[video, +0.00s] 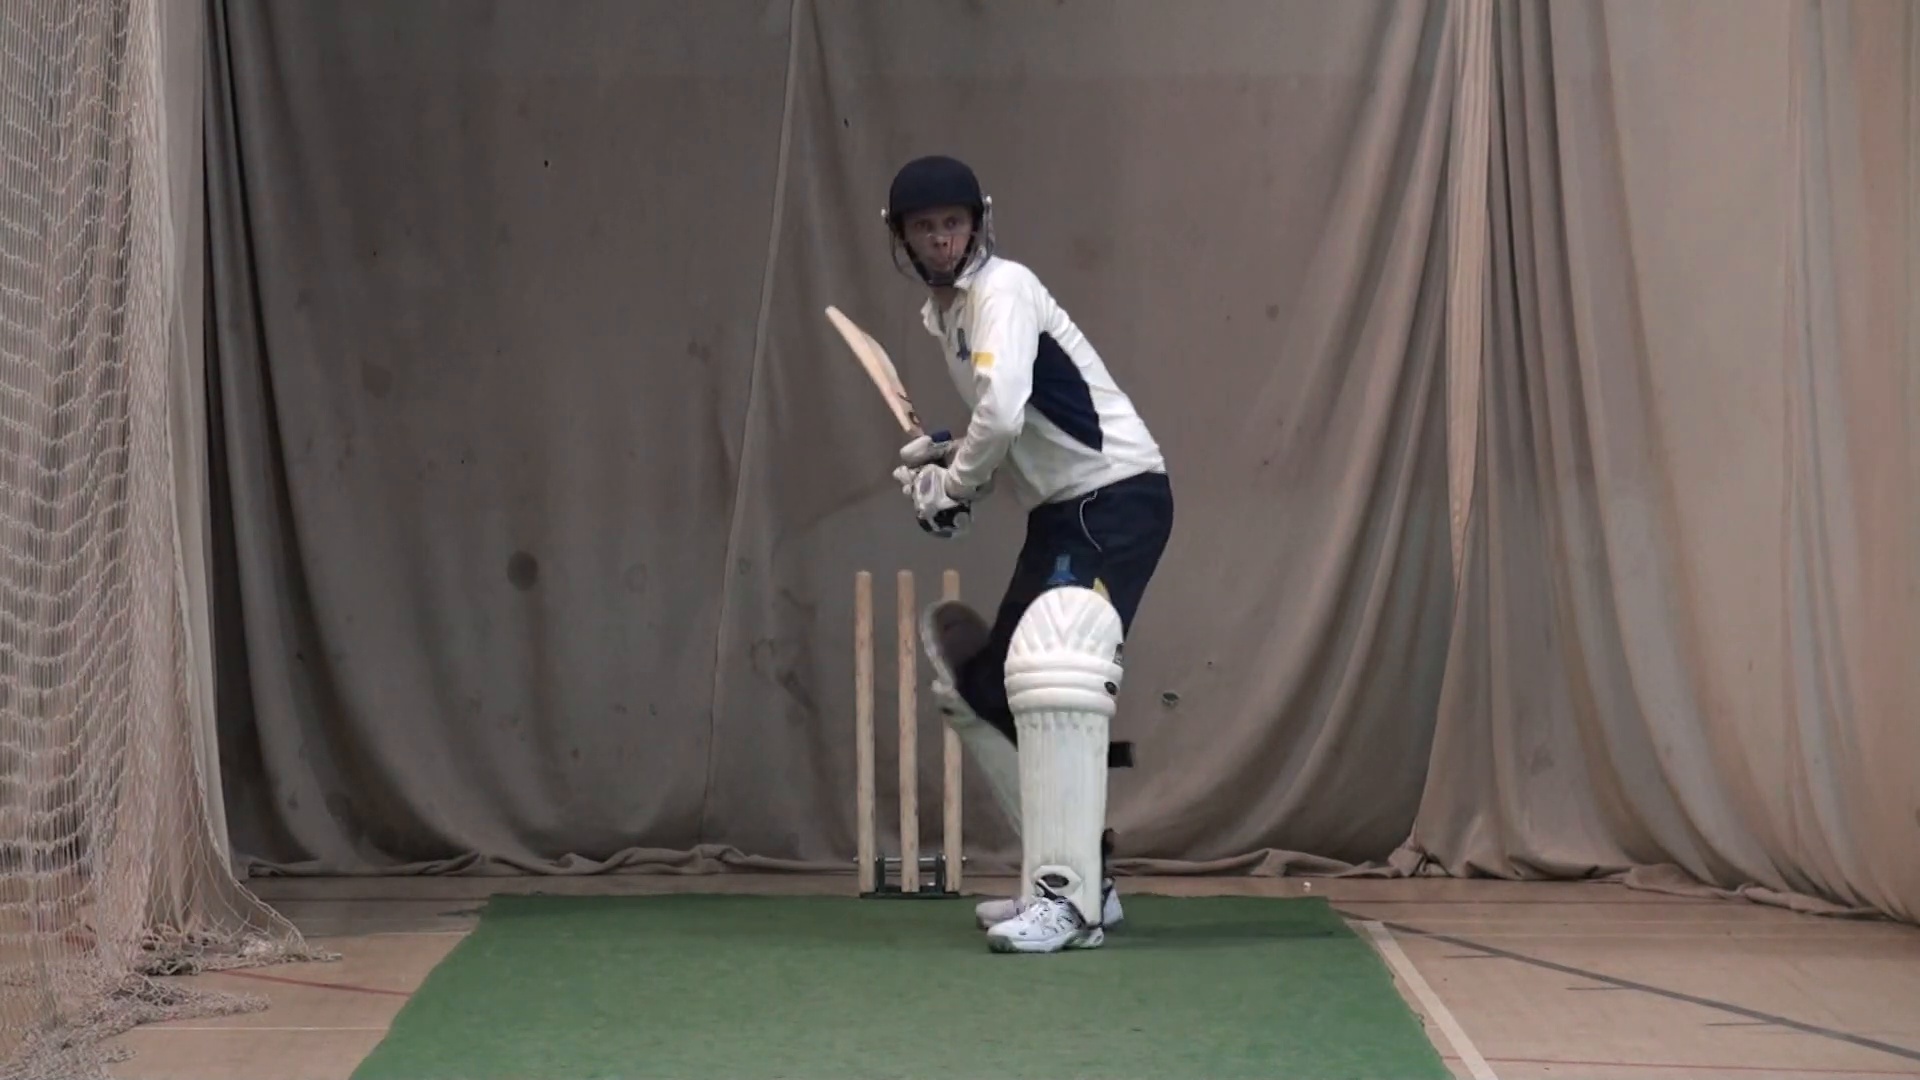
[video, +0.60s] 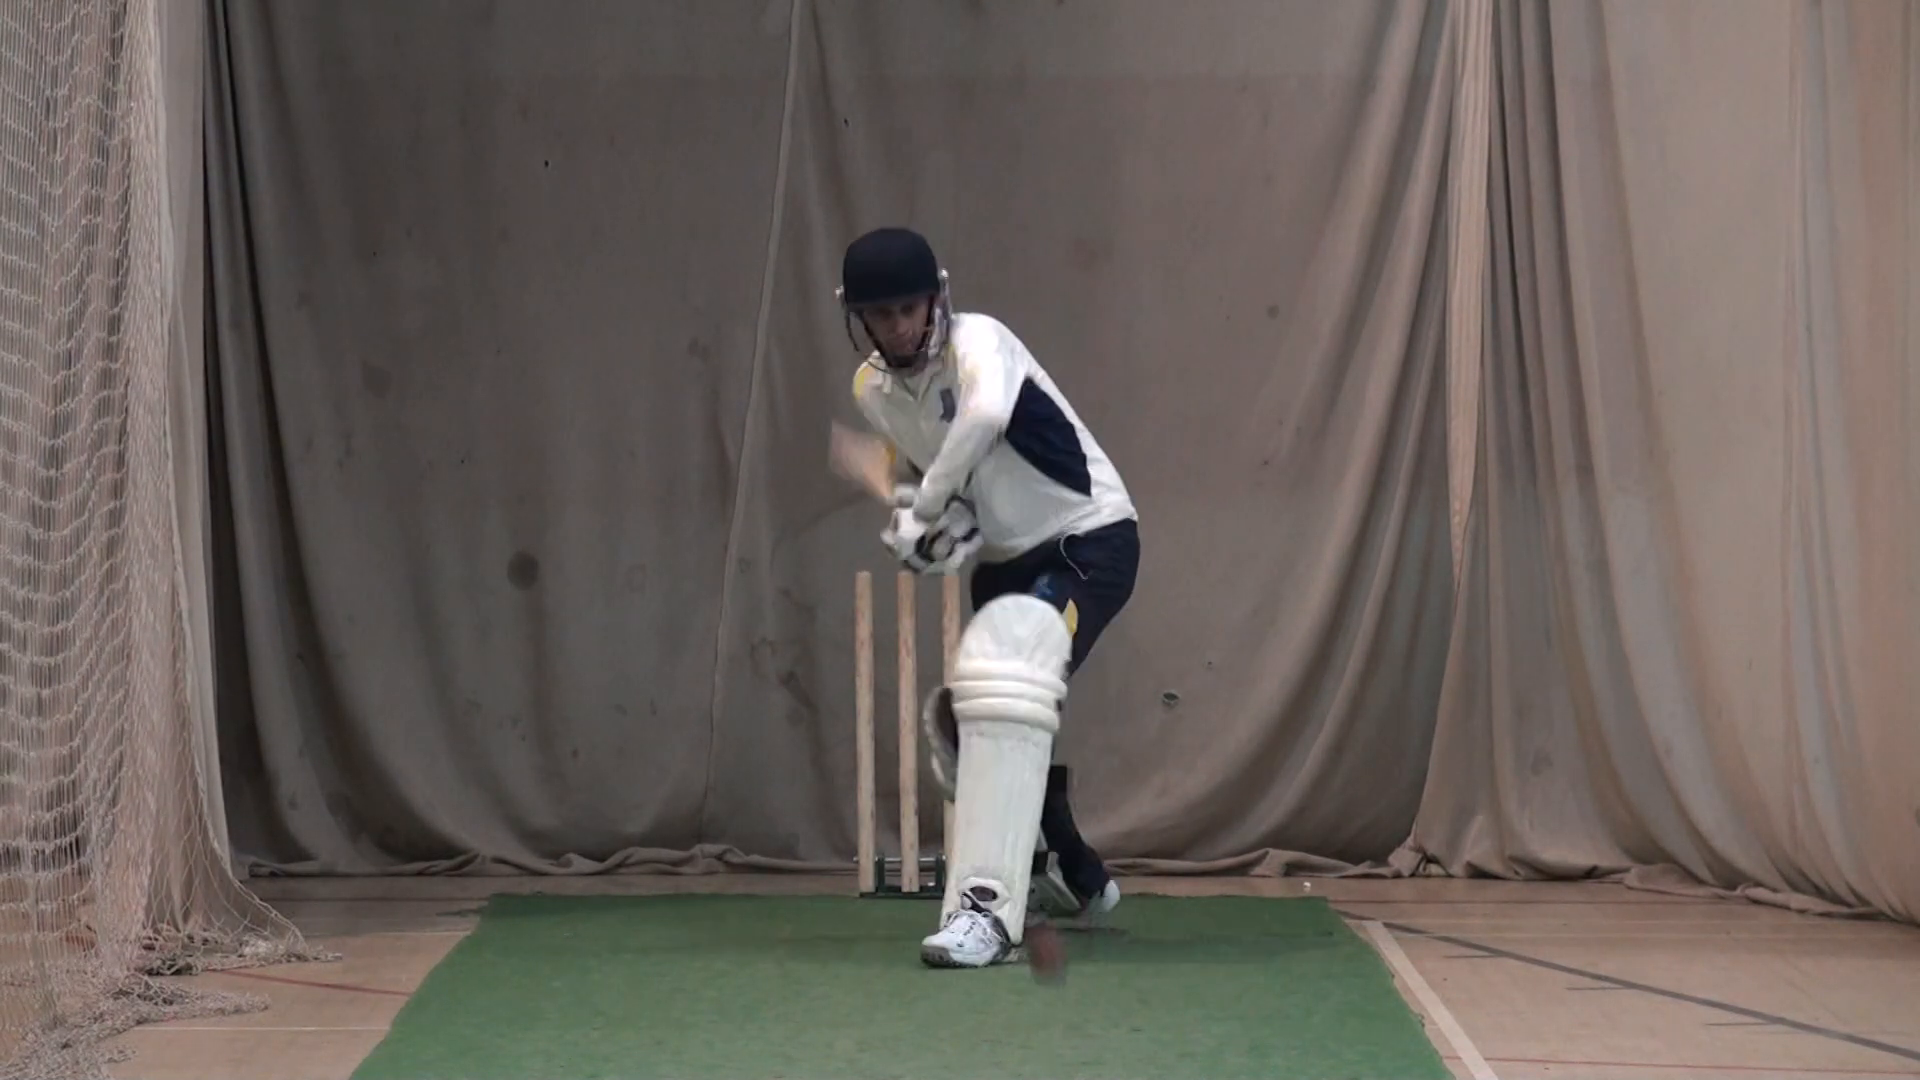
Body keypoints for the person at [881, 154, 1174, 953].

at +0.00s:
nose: (941, 242)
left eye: (954, 225)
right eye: (924, 229)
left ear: (978, 226)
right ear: (903, 239)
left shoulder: (1002, 289)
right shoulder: (951, 312)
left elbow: (1001, 411)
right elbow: (1011, 413)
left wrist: (954, 489)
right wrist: (950, 446)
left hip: (1115, 494)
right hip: (1060, 506)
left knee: (1055, 674)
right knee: (991, 687)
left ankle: (1067, 896)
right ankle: (1079, 878)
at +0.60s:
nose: (901, 330)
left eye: (914, 310)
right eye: (883, 316)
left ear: (938, 299)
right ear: (859, 317)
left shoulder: (977, 340)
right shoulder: (874, 390)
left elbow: (984, 416)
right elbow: (927, 480)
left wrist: (923, 507)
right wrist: (937, 529)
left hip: (1085, 536)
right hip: (1001, 558)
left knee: (1008, 699)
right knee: (992, 722)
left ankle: (990, 907)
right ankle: (1077, 879)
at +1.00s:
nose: (910, 369)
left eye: (918, 351)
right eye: (892, 360)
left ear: (930, 330)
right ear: (857, 356)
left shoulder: (949, 325)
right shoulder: (857, 441)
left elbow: (1011, 331)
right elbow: (932, 515)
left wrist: (1014, 407)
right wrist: (1006, 527)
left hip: (1034, 522)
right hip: (947, 559)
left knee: (1027, 699)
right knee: (945, 732)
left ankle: (992, 898)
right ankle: (973, 863)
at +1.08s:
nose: (910, 364)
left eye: (918, 346)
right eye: (891, 355)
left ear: (928, 325)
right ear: (854, 352)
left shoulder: (945, 324)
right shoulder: (852, 437)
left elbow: (1023, 315)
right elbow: (932, 515)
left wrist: (1016, 393)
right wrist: (1011, 519)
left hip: (1023, 540)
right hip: (940, 567)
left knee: (1028, 717)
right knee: (934, 740)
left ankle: (985, 905)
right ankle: (935, 847)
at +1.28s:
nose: (899, 376)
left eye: (906, 358)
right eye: (878, 367)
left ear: (917, 341)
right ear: (840, 367)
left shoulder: (951, 336)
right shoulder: (834, 450)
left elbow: (1075, 299)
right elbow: (940, 532)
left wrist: (1106, 381)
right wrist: (1047, 492)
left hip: (1009, 539)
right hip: (916, 568)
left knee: (1009, 702)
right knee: (906, 748)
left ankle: (959, 897)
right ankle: (906, 862)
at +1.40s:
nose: (881, 394)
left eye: (895, 375)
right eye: (863, 382)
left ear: (917, 361)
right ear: (833, 377)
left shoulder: (962, 358)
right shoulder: (828, 456)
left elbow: (1094, 366)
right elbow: (924, 555)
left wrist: (1129, 462)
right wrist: (1034, 532)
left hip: (994, 564)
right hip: (905, 588)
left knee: (990, 716)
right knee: (887, 756)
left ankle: (942, 906)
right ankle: (901, 865)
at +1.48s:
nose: (890, 390)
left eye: (903, 370)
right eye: (871, 378)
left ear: (923, 354)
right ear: (841, 371)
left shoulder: (972, 361)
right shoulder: (827, 445)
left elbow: (1099, 397)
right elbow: (916, 554)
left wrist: (1133, 501)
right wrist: (1039, 549)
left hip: (990, 564)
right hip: (899, 582)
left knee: (983, 719)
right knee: (885, 743)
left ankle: (942, 907)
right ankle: (897, 858)